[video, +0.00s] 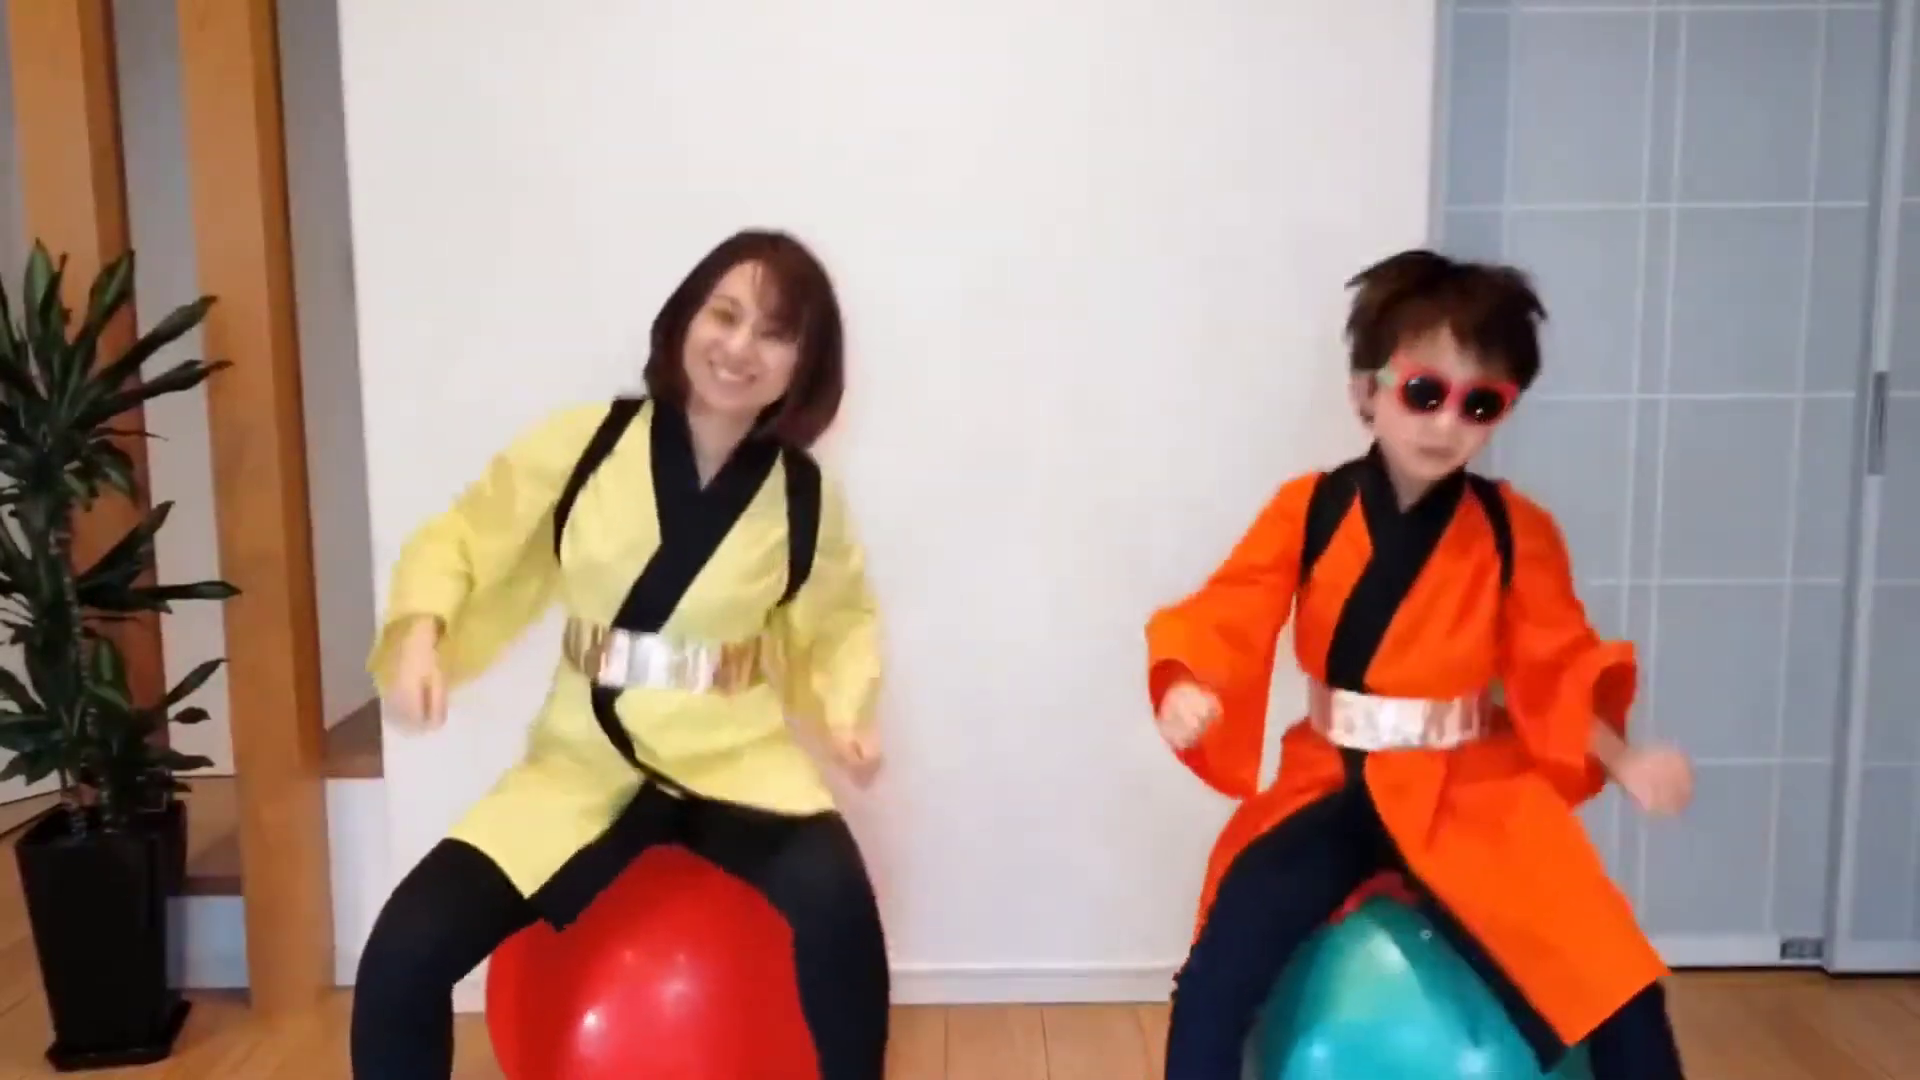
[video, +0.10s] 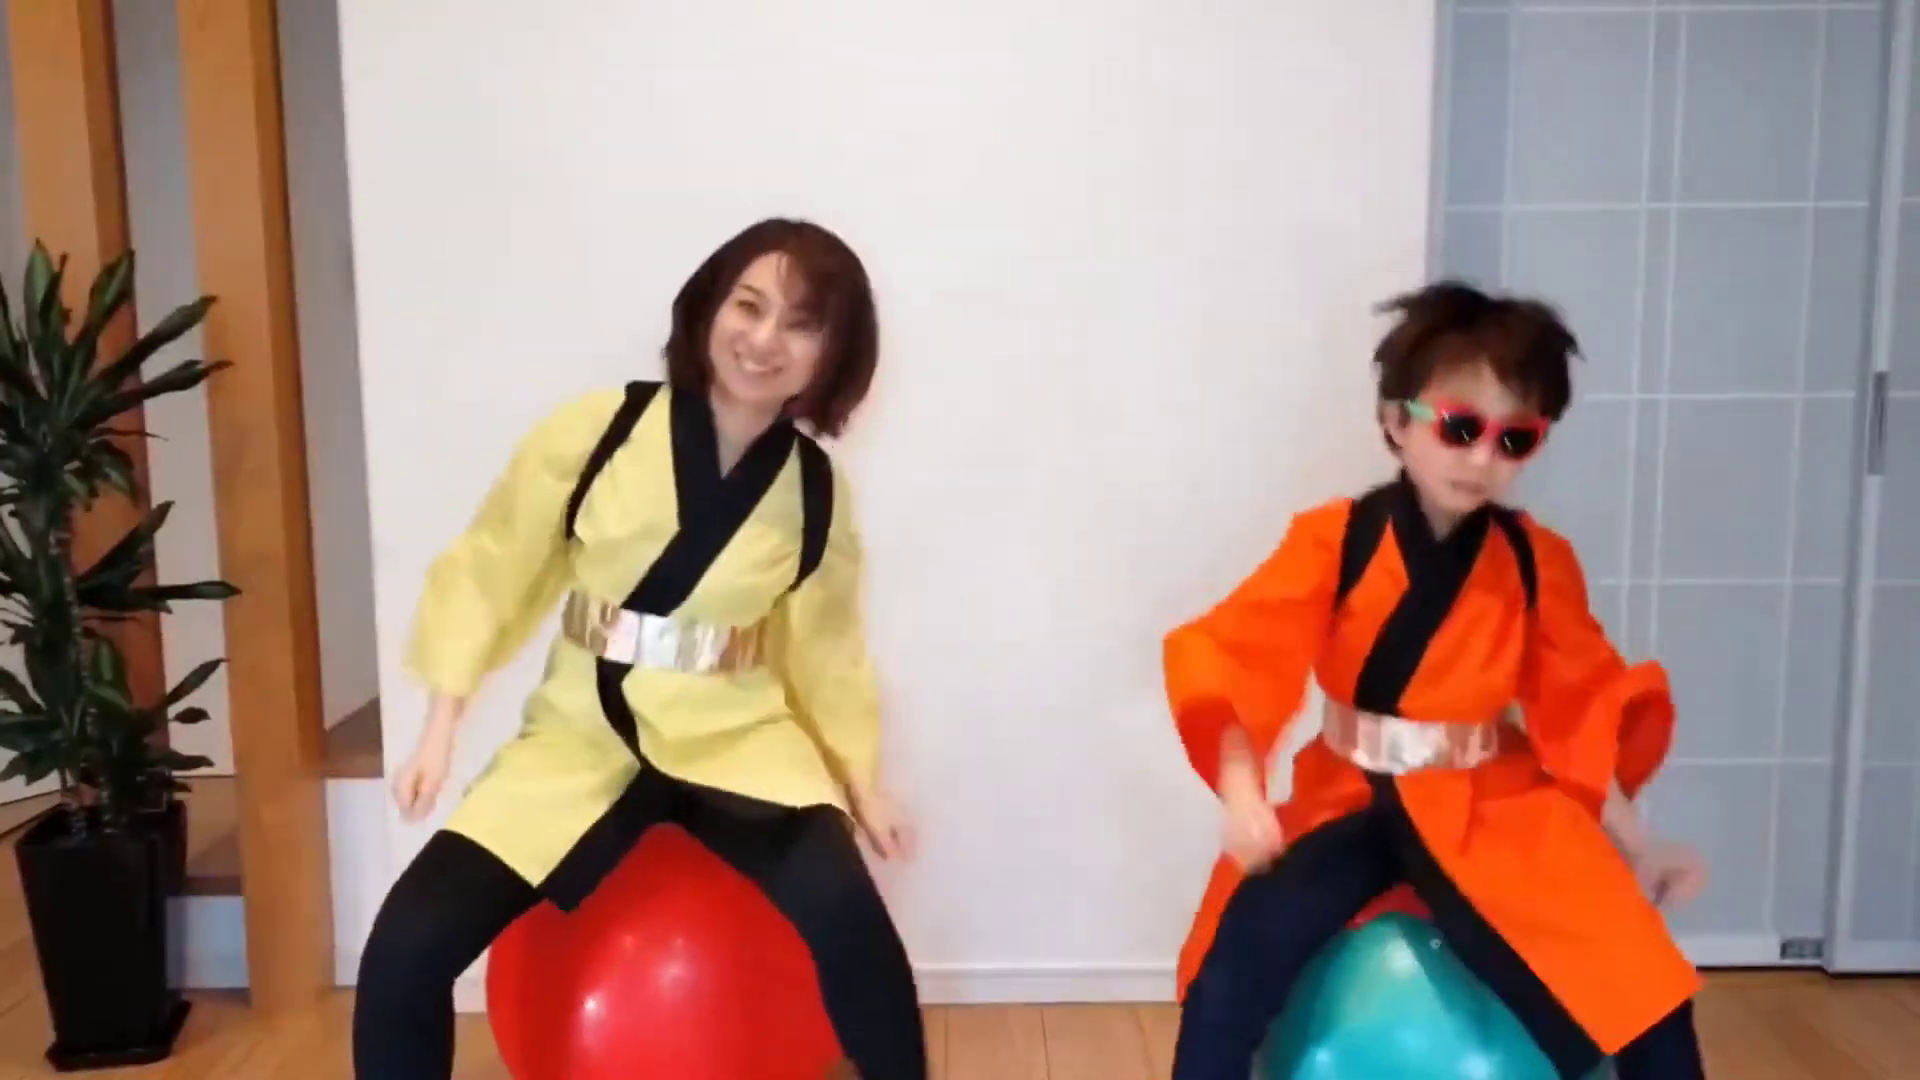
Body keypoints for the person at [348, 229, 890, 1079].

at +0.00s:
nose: (738, 345)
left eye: (774, 331)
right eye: (723, 313)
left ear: (803, 365)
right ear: (683, 320)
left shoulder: (802, 497)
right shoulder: (585, 443)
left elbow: (837, 626)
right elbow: (461, 538)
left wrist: (843, 714)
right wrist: (417, 630)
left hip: (737, 769)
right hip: (585, 770)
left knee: (837, 899)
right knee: (405, 947)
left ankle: (852, 1069)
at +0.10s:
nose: (762, 337)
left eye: (799, 323)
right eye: (748, 304)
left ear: (830, 356)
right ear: (708, 308)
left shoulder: (814, 488)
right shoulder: (600, 430)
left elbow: (826, 648)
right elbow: (495, 565)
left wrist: (863, 783)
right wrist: (442, 719)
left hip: (740, 744)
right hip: (583, 743)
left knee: (847, 906)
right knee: (405, 944)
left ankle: (899, 1072)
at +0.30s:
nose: (753, 418)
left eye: (786, 403)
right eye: (734, 391)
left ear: (818, 436)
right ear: (695, 403)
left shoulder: (818, 583)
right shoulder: (615, 536)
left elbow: (882, 736)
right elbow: (492, 674)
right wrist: (363, 796)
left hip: (760, 839)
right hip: (602, 836)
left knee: (870, 963)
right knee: (410, 959)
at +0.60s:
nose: (701, 307)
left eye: (732, 286)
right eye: (678, 279)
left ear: (764, 313)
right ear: (635, 296)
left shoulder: (801, 453)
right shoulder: (575, 447)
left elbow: (883, 638)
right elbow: (500, 632)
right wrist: (492, 485)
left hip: (790, 745)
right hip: (639, 754)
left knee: (879, 931)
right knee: (499, 924)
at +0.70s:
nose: (696, 351)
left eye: (724, 329)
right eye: (670, 325)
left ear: (756, 353)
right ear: (627, 345)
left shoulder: (790, 482)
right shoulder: (573, 497)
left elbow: (829, 674)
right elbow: (550, 691)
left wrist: (803, 530)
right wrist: (508, 556)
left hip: (805, 785)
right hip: (658, 800)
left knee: (873, 938)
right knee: (545, 956)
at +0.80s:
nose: (685, 398)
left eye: (710, 374)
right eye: (657, 376)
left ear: (741, 396)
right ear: (619, 402)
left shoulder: (779, 536)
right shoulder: (582, 546)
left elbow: (850, 702)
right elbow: (574, 759)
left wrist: (782, 585)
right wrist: (500, 653)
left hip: (801, 829)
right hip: (662, 842)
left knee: (863, 948)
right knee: (561, 954)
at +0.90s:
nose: (663, 381)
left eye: (683, 354)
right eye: (630, 361)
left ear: (718, 375)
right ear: (594, 392)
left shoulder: (773, 515)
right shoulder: (576, 530)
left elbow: (914, 638)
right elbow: (552, 693)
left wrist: (822, 640)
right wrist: (490, 701)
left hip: (798, 826)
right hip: (662, 838)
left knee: (859, 949)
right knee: (539, 948)